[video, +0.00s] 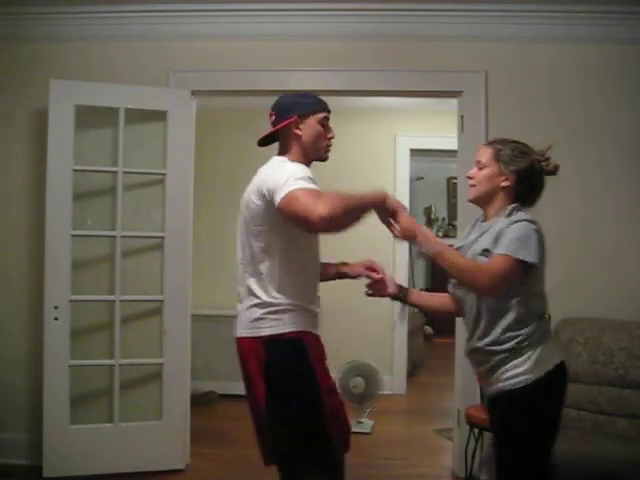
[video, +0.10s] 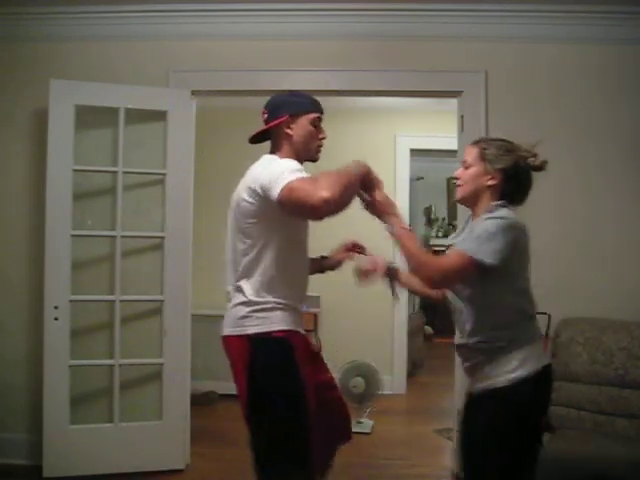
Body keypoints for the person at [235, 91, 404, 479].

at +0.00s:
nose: (331, 132)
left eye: (329, 124)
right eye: (323, 123)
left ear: (296, 131)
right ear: (296, 128)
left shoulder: (274, 177)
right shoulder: (283, 172)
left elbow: (284, 268)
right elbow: (321, 212)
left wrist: (344, 269)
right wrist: (378, 200)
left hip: (273, 331)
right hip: (281, 334)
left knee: (303, 452)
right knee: (318, 451)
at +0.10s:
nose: (323, 133)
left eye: (322, 125)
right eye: (314, 124)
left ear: (288, 131)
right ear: (286, 128)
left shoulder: (277, 175)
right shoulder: (271, 169)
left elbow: (272, 265)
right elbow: (320, 200)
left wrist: (325, 262)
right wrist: (357, 171)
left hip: (280, 328)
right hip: (263, 330)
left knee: (330, 427)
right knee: (289, 450)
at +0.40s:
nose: (284, 132)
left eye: (284, 124)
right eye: (276, 123)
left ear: (249, 129)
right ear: (246, 125)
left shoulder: (239, 175)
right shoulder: (231, 167)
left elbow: (234, 260)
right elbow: (315, 173)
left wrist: (287, 257)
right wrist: (331, 128)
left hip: (234, 326)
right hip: (225, 328)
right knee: (242, 450)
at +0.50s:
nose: (273, 134)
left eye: (273, 126)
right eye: (265, 124)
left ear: (237, 130)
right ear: (235, 126)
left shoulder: (224, 176)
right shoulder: (220, 166)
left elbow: (216, 261)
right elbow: (306, 167)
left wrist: (270, 261)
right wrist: (328, 127)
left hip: (203, 328)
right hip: (206, 329)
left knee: (200, 452)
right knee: (250, 454)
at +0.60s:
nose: (260, 137)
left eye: (260, 129)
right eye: (253, 127)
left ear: (224, 131)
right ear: (223, 128)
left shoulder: (205, 173)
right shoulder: (211, 167)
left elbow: (198, 260)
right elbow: (301, 160)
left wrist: (253, 264)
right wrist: (326, 121)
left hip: (192, 329)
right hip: (196, 331)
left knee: (200, 456)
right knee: (230, 457)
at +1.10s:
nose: (253, 149)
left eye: (252, 141)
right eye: (246, 140)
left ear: (219, 145)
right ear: (220, 143)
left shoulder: (208, 187)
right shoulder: (200, 181)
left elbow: (185, 270)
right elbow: (288, 183)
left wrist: (234, 285)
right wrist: (335, 147)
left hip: (210, 345)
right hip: (179, 345)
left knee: (222, 458)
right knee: (162, 461)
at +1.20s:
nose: (268, 147)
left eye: (267, 138)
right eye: (262, 137)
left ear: (235, 140)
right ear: (236, 138)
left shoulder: (214, 181)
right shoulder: (215, 179)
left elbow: (201, 267)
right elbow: (268, 211)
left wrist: (248, 285)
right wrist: (328, 178)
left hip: (211, 337)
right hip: (197, 340)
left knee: (217, 455)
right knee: (200, 457)